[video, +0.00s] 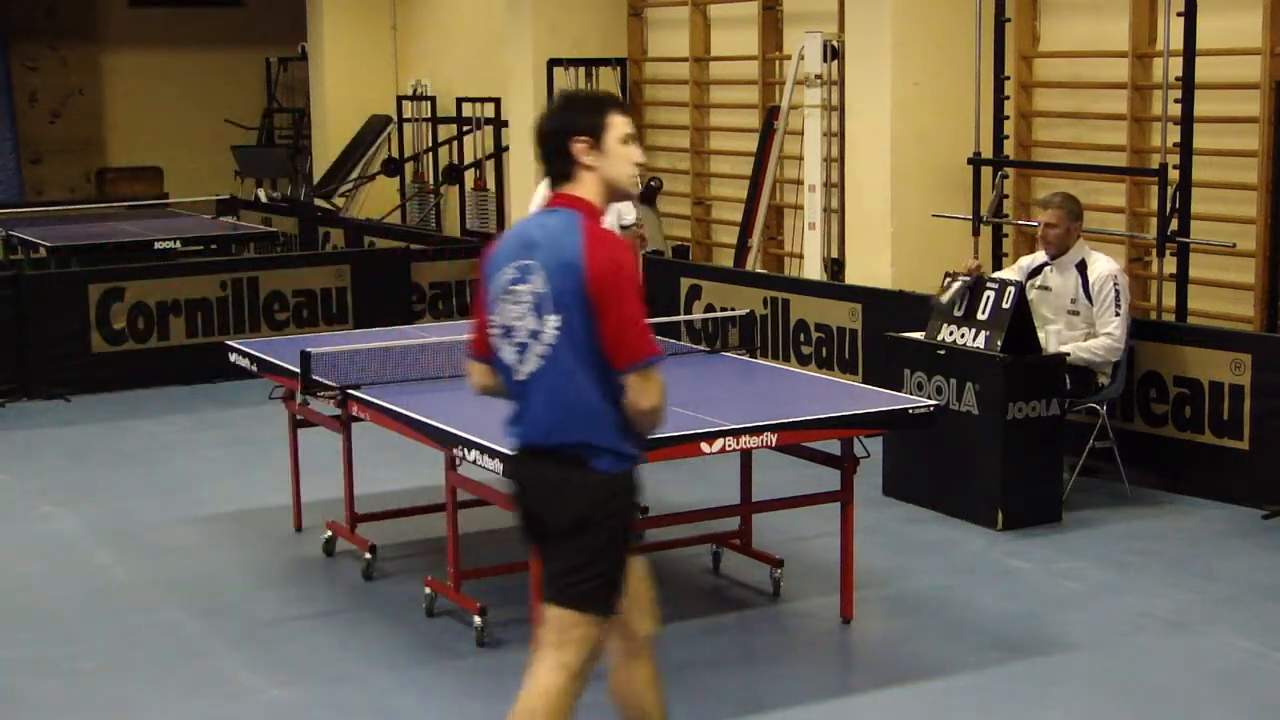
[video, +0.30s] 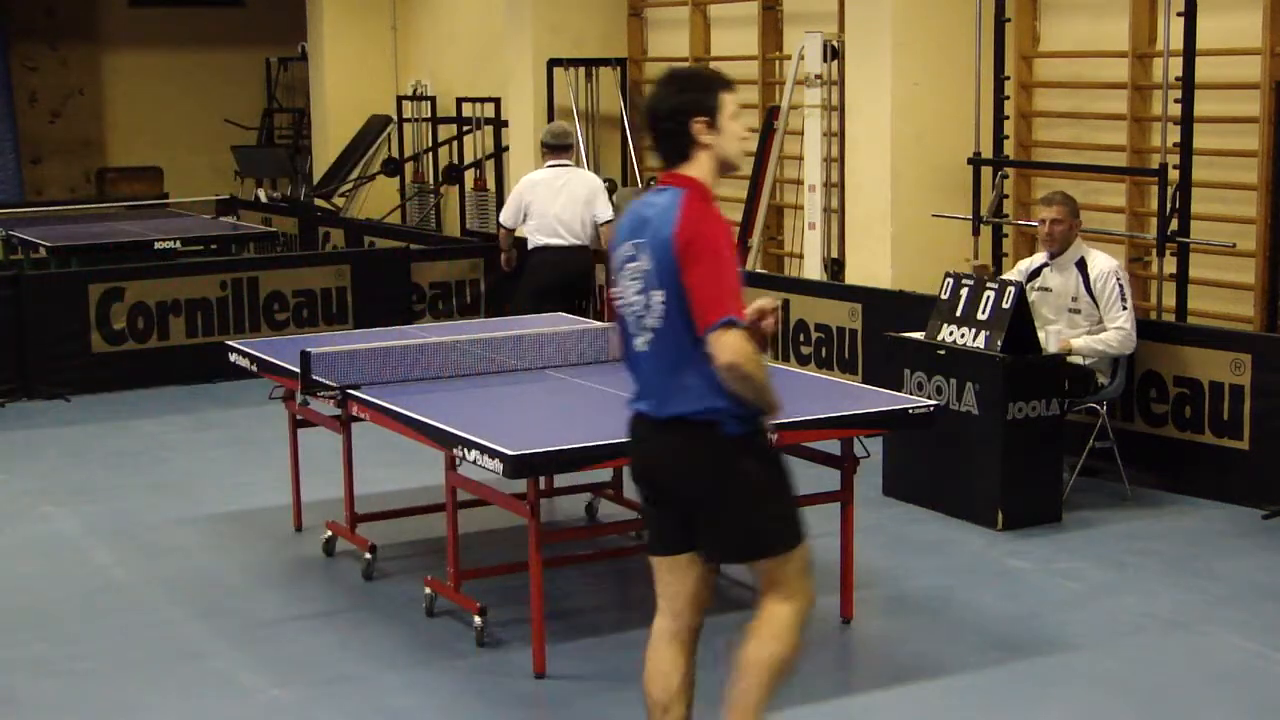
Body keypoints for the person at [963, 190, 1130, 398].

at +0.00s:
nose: (1040, 234)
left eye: (1051, 227)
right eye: (1039, 225)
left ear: (1074, 230)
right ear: (1036, 225)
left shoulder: (1104, 273)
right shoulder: (1030, 265)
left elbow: (1112, 345)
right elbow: (993, 284)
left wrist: (1055, 356)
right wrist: (974, 280)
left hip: (1082, 373)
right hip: (1030, 366)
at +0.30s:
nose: (1047, 231)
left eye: (1056, 223)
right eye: (1042, 223)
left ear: (1075, 227)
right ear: (1036, 226)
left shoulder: (1105, 270)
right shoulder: (1027, 268)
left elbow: (1125, 339)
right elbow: (993, 302)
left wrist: (1071, 345)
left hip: (1085, 373)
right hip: (1032, 367)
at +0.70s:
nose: (1048, 230)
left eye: (1055, 222)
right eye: (1040, 223)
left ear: (1066, 225)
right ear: (1027, 230)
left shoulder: (1096, 266)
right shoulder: (1025, 273)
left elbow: (1119, 333)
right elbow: (1010, 328)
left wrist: (1069, 358)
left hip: (1087, 371)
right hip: (1036, 369)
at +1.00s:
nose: (1042, 233)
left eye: (1049, 224)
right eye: (1034, 226)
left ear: (1061, 225)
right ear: (1022, 232)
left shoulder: (1092, 264)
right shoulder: (1021, 272)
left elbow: (1110, 333)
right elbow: (1009, 329)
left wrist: (1060, 355)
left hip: (1085, 367)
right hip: (1034, 368)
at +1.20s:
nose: (1035, 248)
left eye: (1043, 239)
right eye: (1029, 240)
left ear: (1063, 230)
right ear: (1023, 236)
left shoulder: (1096, 267)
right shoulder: (1024, 272)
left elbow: (1107, 336)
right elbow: (1010, 326)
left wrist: (1058, 355)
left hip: (1087, 365)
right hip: (1036, 365)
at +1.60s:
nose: (1046, 264)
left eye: (1054, 259)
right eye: (1044, 257)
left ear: (1076, 248)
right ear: (1039, 246)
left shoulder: (1102, 282)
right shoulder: (1044, 268)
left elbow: (1083, 347)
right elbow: (1035, 320)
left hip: (1092, 367)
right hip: (1050, 359)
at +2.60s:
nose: (1049, 275)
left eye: (1057, 269)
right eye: (1046, 267)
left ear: (1077, 258)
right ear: (1042, 257)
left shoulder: (1101, 295)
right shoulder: (1049, 268)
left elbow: (1072, 358)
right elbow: (1040, 313)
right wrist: (1017, 346)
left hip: (1095, 370)